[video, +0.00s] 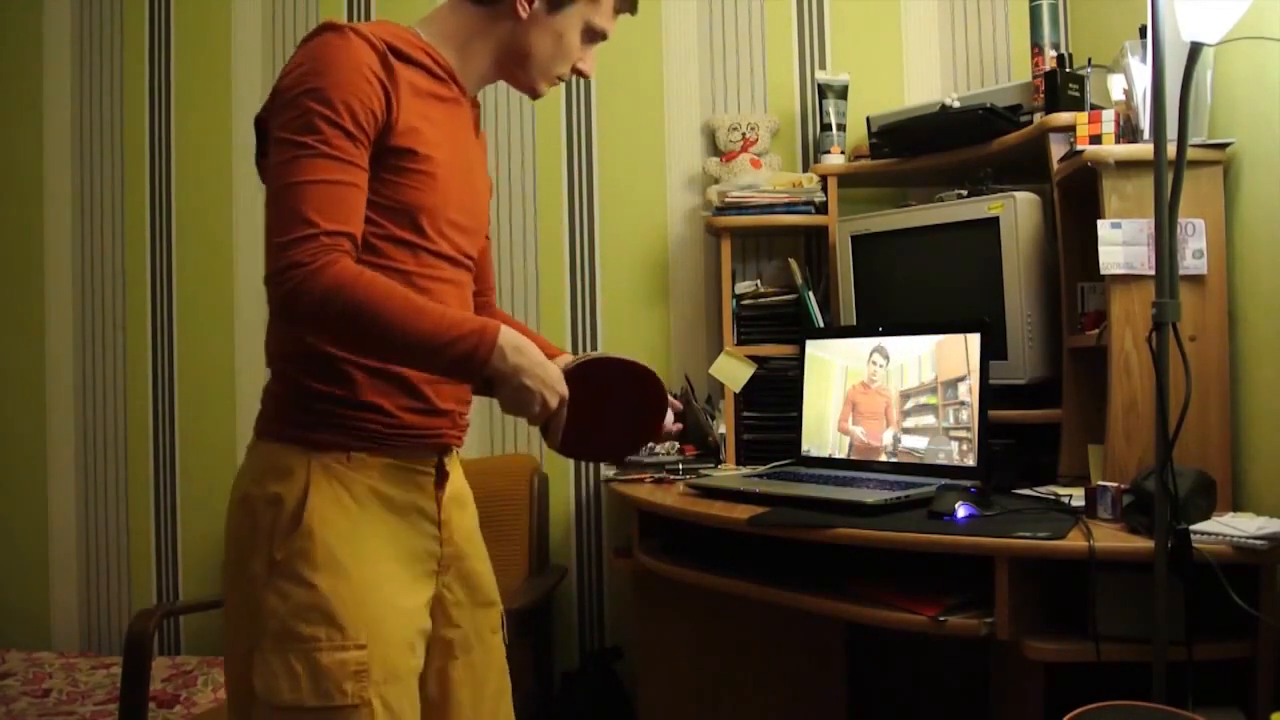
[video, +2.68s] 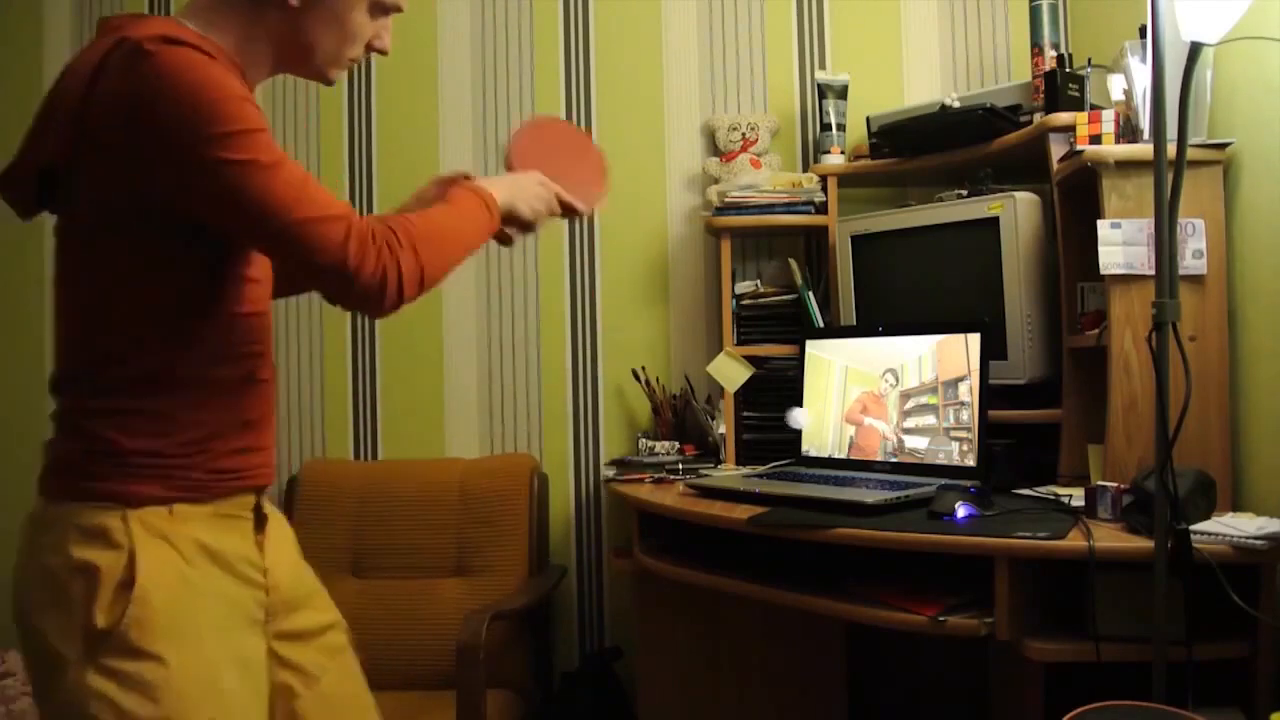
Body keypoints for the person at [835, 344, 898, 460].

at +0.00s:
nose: (876, 369)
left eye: (881, 366)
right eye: (873, 363)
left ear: (885, 369)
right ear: (867, 363)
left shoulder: (887, 394)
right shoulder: (854, 391)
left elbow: (893, 425)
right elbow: (842, 424)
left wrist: (888, 434)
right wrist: (853, 430)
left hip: (879, 452)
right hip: (858, 451)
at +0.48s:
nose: (883, 380)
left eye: (888, 377)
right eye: (882, 374)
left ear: (892, 379)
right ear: (876, 373)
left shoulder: (891, 402)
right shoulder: (863, 399)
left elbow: (896, 429)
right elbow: (853, 428)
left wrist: (890, 437)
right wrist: (868, 429)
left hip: (882, 453)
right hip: (864, 452)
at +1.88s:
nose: (883, 382)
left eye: (887, 380)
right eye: (881, 376)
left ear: (890, 383)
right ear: (876, 375)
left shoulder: (882, 404)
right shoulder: (860, 397)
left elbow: (881, 432)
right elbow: (843, 425)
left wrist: (887, 444)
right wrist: (863, 440)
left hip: (875, 457)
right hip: (857, 456)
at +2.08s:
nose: (881, 382)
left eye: (886, 380)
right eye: (880, 376)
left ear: (888, 383)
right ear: (874, 374)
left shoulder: (883, 404)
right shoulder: (858, 396)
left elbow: (882, 429)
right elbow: (842, 420)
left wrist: (884, 437)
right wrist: (860, 427)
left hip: (874, 454)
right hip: (857, 453)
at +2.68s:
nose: (886, 387)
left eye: (891, 385)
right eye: (886, 381)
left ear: (893, 388)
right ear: (880, 378)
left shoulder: (884, 404)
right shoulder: (865, 397)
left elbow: (883, 426)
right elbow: (849, 416)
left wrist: (889, 434)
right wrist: (872, 422)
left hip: (874, 454)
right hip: (859, 453)